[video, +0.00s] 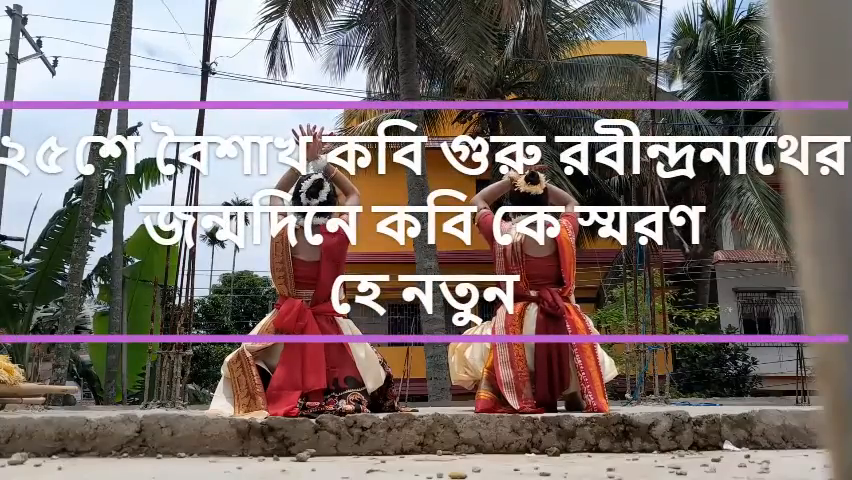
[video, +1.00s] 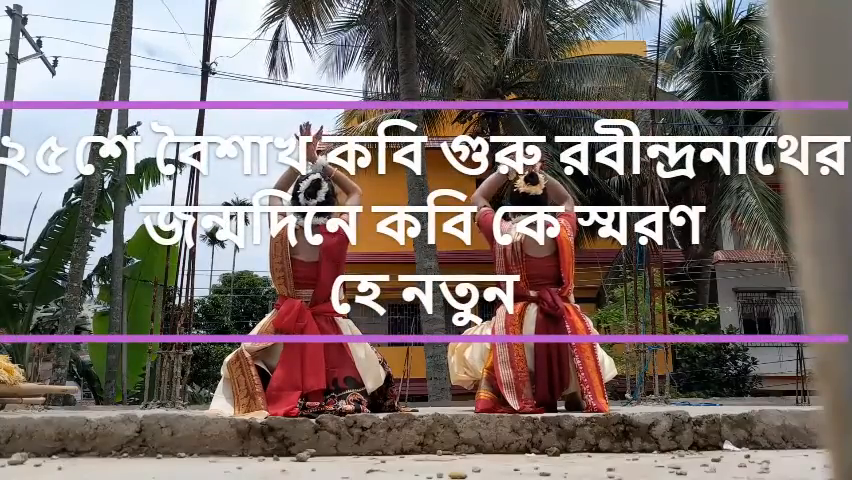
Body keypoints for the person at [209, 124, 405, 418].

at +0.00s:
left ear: (295, 203)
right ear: (330, 203)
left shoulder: (284, 234)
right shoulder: (337, 236)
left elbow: (277, 196)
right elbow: (351, 195)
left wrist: (303, 162)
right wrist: (323, 164)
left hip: (288, 328)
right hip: (330, 329)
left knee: (240, 363)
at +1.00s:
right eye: (323, 197)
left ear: (294, 202)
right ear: (330, 202)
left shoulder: (283, 232)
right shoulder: (336, 234)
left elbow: (276, 195)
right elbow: (354, 193)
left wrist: (302, 161)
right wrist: (324, 165)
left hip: (288, 327)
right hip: (329, 327)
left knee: (240, 361)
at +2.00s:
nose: (335, 203)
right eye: (333, 199)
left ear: (294, 202)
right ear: (330, 203)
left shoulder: (279, 234)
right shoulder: (340, 235)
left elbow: (267, 201)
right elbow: (378, 205)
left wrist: (274, 158)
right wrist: (371, 161)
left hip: (288, 330)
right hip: (331, 331)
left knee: (240, 367)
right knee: (379, 386)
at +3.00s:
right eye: (326, 201)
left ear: (298, 203)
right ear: (334, 205)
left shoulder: (276, 238)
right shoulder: (348, 241)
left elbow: (245, 223)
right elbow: (401, 238)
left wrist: (229, 189)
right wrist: (420, 212)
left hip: (289, 334)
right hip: (333, 336)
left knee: (240, 366)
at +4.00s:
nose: (333, 209)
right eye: (335, 203)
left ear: (300, 205)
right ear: (335, 206)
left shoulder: (277, 241)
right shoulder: (348, 245)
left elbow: (234, 259)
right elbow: (400, 264)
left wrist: (205, 237)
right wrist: (430, 247)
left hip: (288, 345)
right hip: (335, 345)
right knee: (379, 387)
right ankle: (343, 401)